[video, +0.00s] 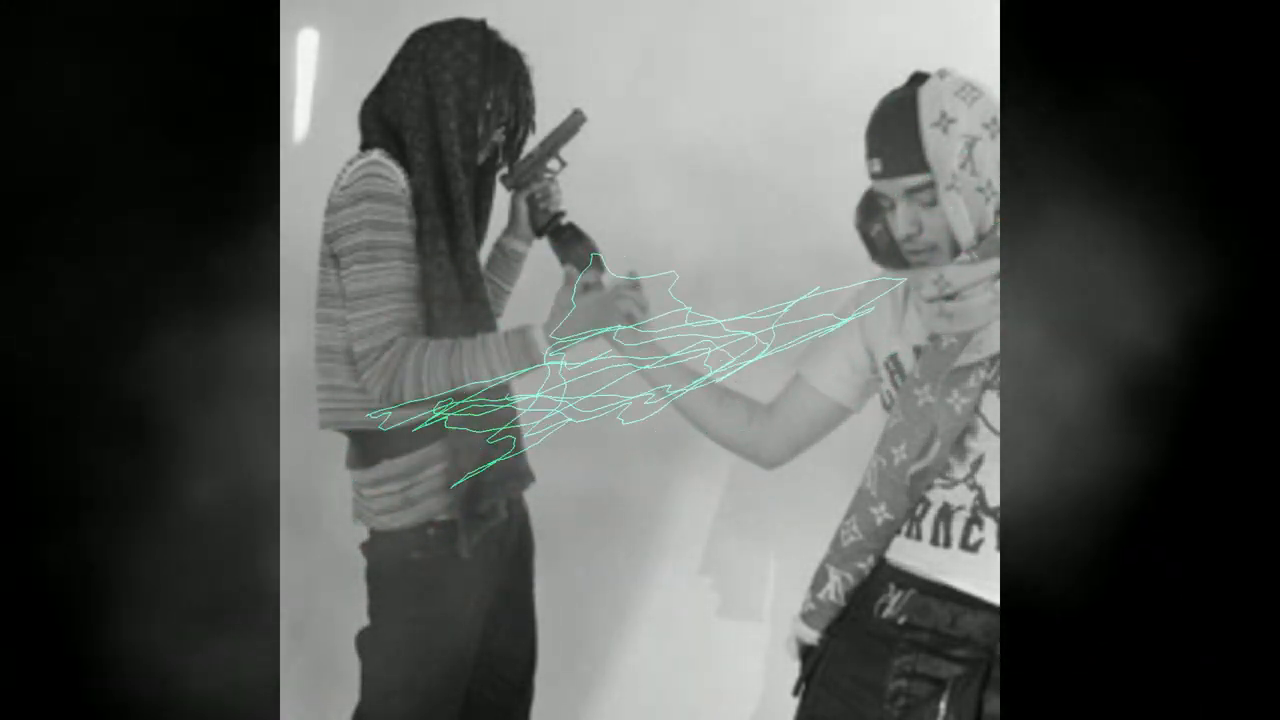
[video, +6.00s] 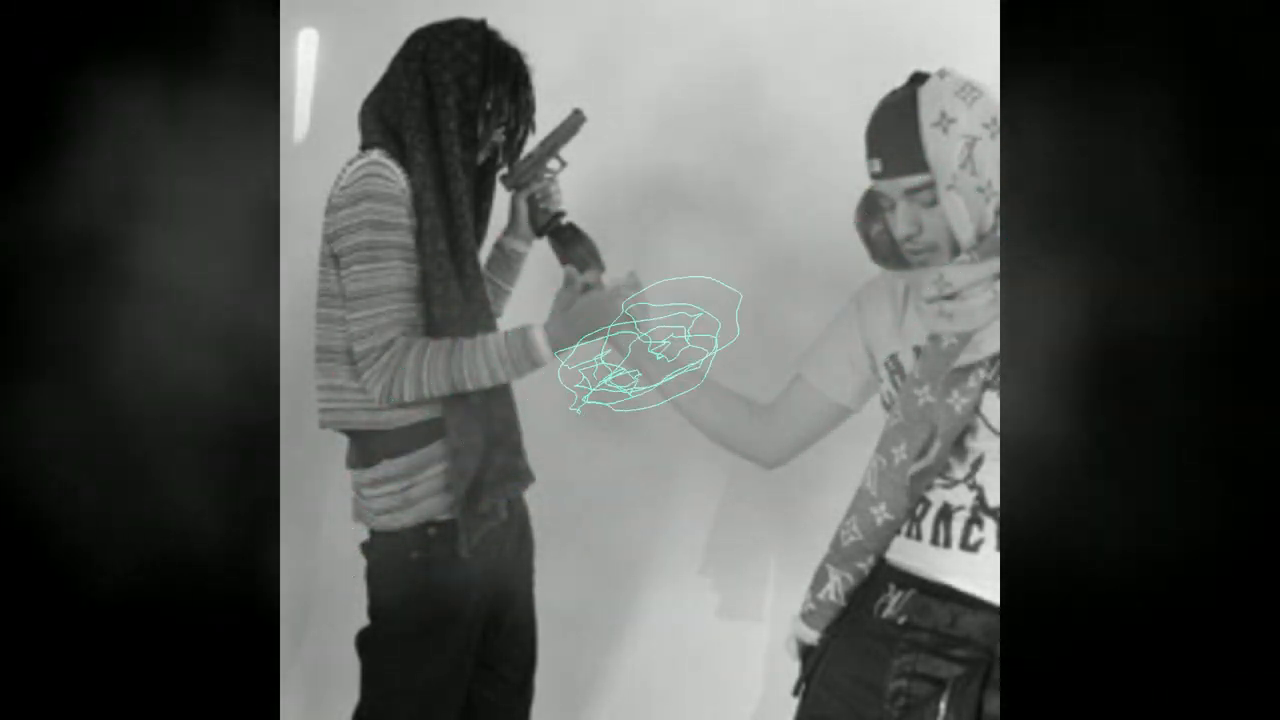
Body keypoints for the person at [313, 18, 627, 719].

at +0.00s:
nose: (496, 143)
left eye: (503, 125)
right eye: (491, 120)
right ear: (449, 108)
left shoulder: (426, 191)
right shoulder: (376, 183)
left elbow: (463, 332)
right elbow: (386, 370)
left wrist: (518, 233)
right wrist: (550, 337)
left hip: (489, 509)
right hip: (425, 527)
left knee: (501, 702)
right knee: (408, 707)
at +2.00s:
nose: (499, 148)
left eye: (505, 127)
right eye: (492, 123)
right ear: (449, 108)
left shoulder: (427, 192)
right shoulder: (377, 182)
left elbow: (461, 333)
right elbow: (389, 371)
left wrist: (517, 236)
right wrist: (538, 343)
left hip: (488, 505)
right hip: (425, 522)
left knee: (500, 701)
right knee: (413, 705)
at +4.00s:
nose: (499, 143)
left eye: (506, 125)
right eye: (493, 119)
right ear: (449, 107)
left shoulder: (426, 192)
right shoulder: (377, 182)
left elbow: (461, 333)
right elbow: (390, 369)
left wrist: (519, 234)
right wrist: (553, 337)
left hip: (489, 506)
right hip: (425, 520)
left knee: (499, 702)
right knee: (411, 705)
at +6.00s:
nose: (497, 144)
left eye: (504, 125)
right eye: (492, 120)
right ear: (449, 106)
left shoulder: (427, 190)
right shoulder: (377, 183)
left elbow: (465, 336)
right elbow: (389, 370)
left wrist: (517, 234)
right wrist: (552, 337)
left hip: (488, 508)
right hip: (423, 524)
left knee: (499, 702)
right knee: (411, 707)